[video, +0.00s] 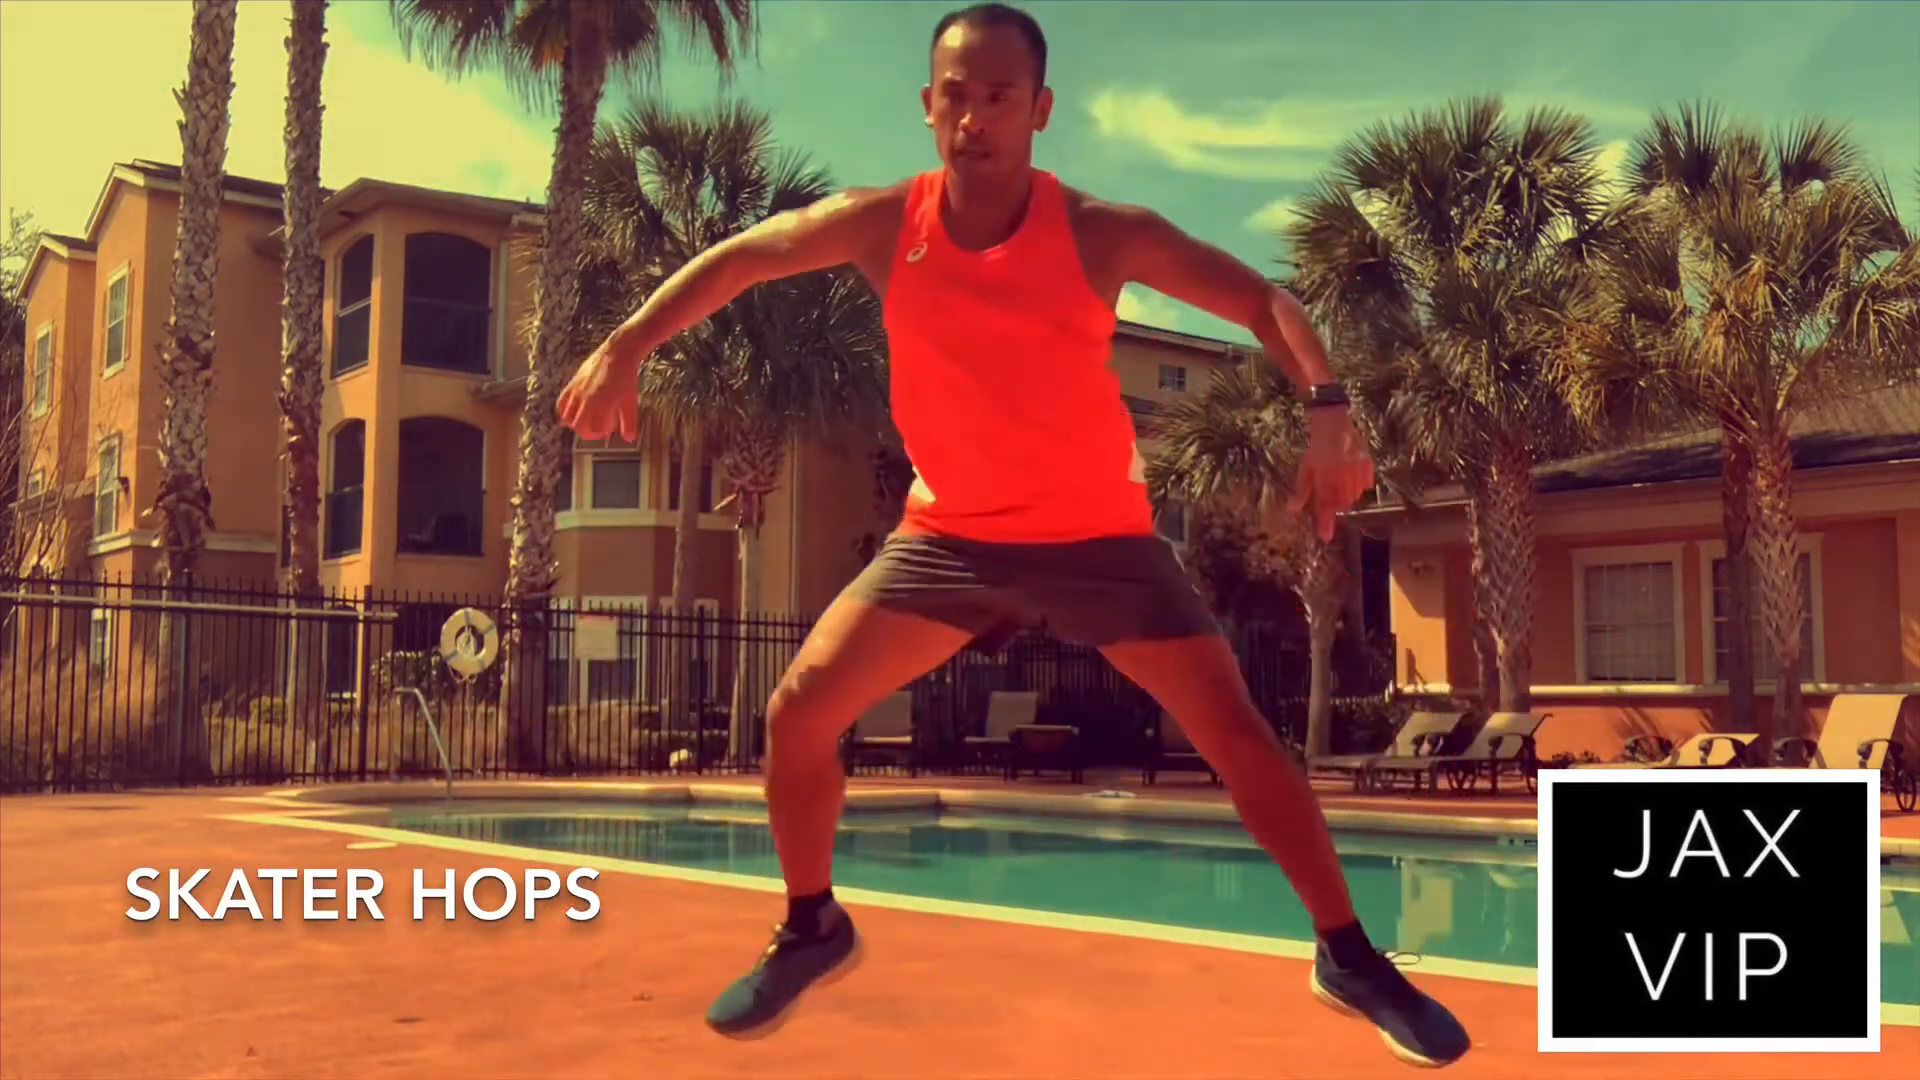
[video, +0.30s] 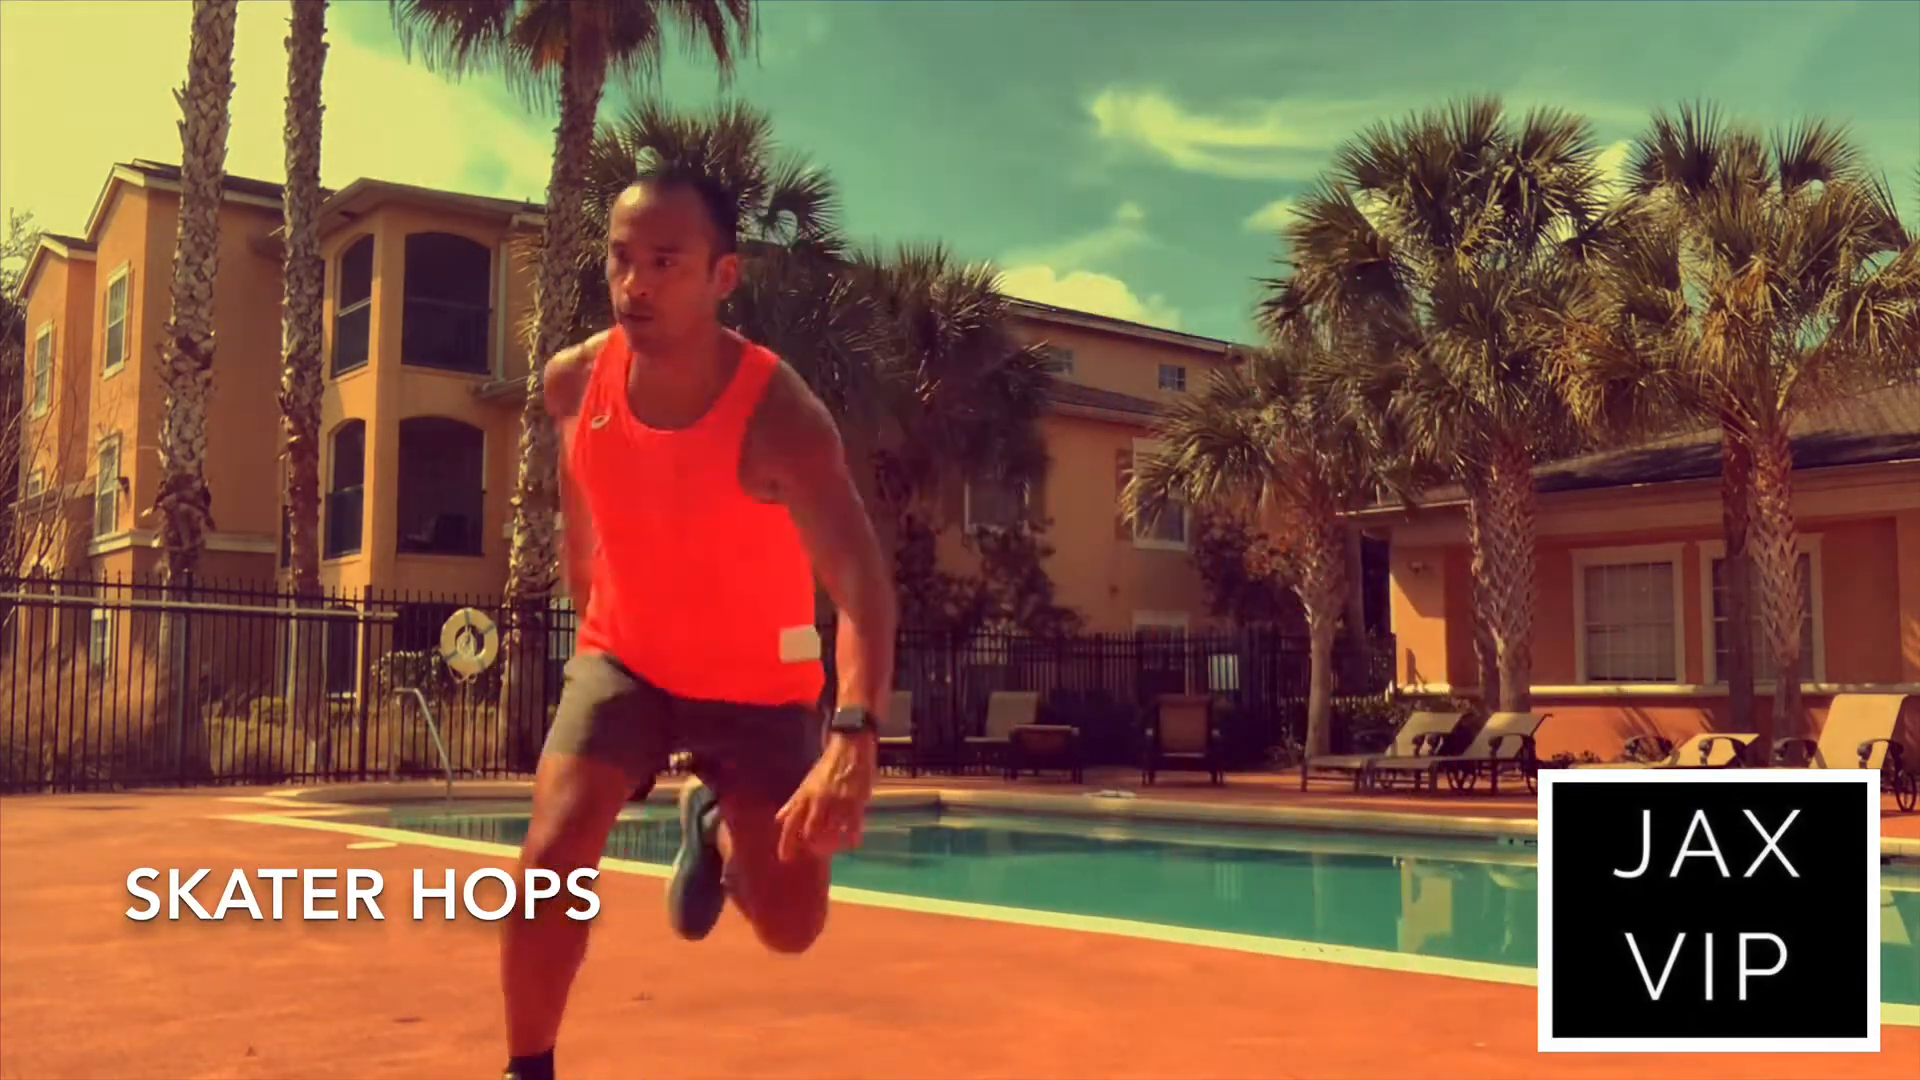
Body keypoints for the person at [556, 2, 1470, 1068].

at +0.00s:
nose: (975, 116)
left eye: (998, 95)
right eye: (956, 95)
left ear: (1040, 108)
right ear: (926, 107)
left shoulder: (1104, 238)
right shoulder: (879, 224)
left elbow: (1267, 305)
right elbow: (738, 260)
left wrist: (1330, 412)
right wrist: (620, 351)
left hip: (1105, 544)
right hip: (945, 542)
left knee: (1235, 734)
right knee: (799, 711)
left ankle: (1351, 950)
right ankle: (812, 925)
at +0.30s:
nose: (634, 282)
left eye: (664, 260)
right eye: (622, 258)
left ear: (723, 275)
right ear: (607, 265)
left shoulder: (777, 412)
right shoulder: (574, 382)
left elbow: (861, 575)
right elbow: (579, 518)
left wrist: (854, 730)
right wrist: (590, 640)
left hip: (761, 683)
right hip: (624, 664)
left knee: (792, 928)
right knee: (553, 847)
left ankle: (721, 831)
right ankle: (530, 1067)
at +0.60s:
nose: (525, 453)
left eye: (555, 429)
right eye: (513, 427)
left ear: (619, 441)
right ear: (497, 431)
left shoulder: (666, 597)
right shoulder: (488, 524)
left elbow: (547, 782)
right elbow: (511, 619)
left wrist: (374, 853)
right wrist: (483, 641)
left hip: (607, 813)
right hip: (502, 735)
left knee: (449, 989)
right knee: (508, 846)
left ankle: (335, 995)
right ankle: (525, 1071)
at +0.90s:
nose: (639, 335)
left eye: (666, 313)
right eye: (621, 309)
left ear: (712, 326)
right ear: (594, 319)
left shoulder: (770, 471)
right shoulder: (566, 460)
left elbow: (787, 672)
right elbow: (510, 596)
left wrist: (700, 828)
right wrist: (425, 712)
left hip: (705, 733)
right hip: (594, 680)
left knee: (608, 960)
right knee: (560, 851)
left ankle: (511, 930)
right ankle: (530, 1072)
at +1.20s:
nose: (1022, 180)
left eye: (1047, 158)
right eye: (1001, 151)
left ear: (1075, 159)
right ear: (958, 143)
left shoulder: (1106, 267)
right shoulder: (879, 265)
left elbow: (1183, 320)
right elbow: (776, 354)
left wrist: (1236, 441)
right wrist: (683, 442)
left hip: (1031, 588)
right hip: (866, 591)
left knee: (1190, 762)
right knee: (735, 788)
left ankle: (1320, 972)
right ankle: (599, 1010)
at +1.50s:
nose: (1385, 336)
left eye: (1404, 312)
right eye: (1360, 309)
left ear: (1420, 322)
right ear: (1298, 314)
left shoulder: (1420, 424)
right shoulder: (1231, 452)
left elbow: (1433, 514)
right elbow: (1152, 648)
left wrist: (1453, 622)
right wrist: (1206, 807)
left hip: (1363, 689)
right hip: (1237, 727)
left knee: (1456, 873)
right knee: (1266, 984)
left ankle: (1478, 1072)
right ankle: (1350, 910)